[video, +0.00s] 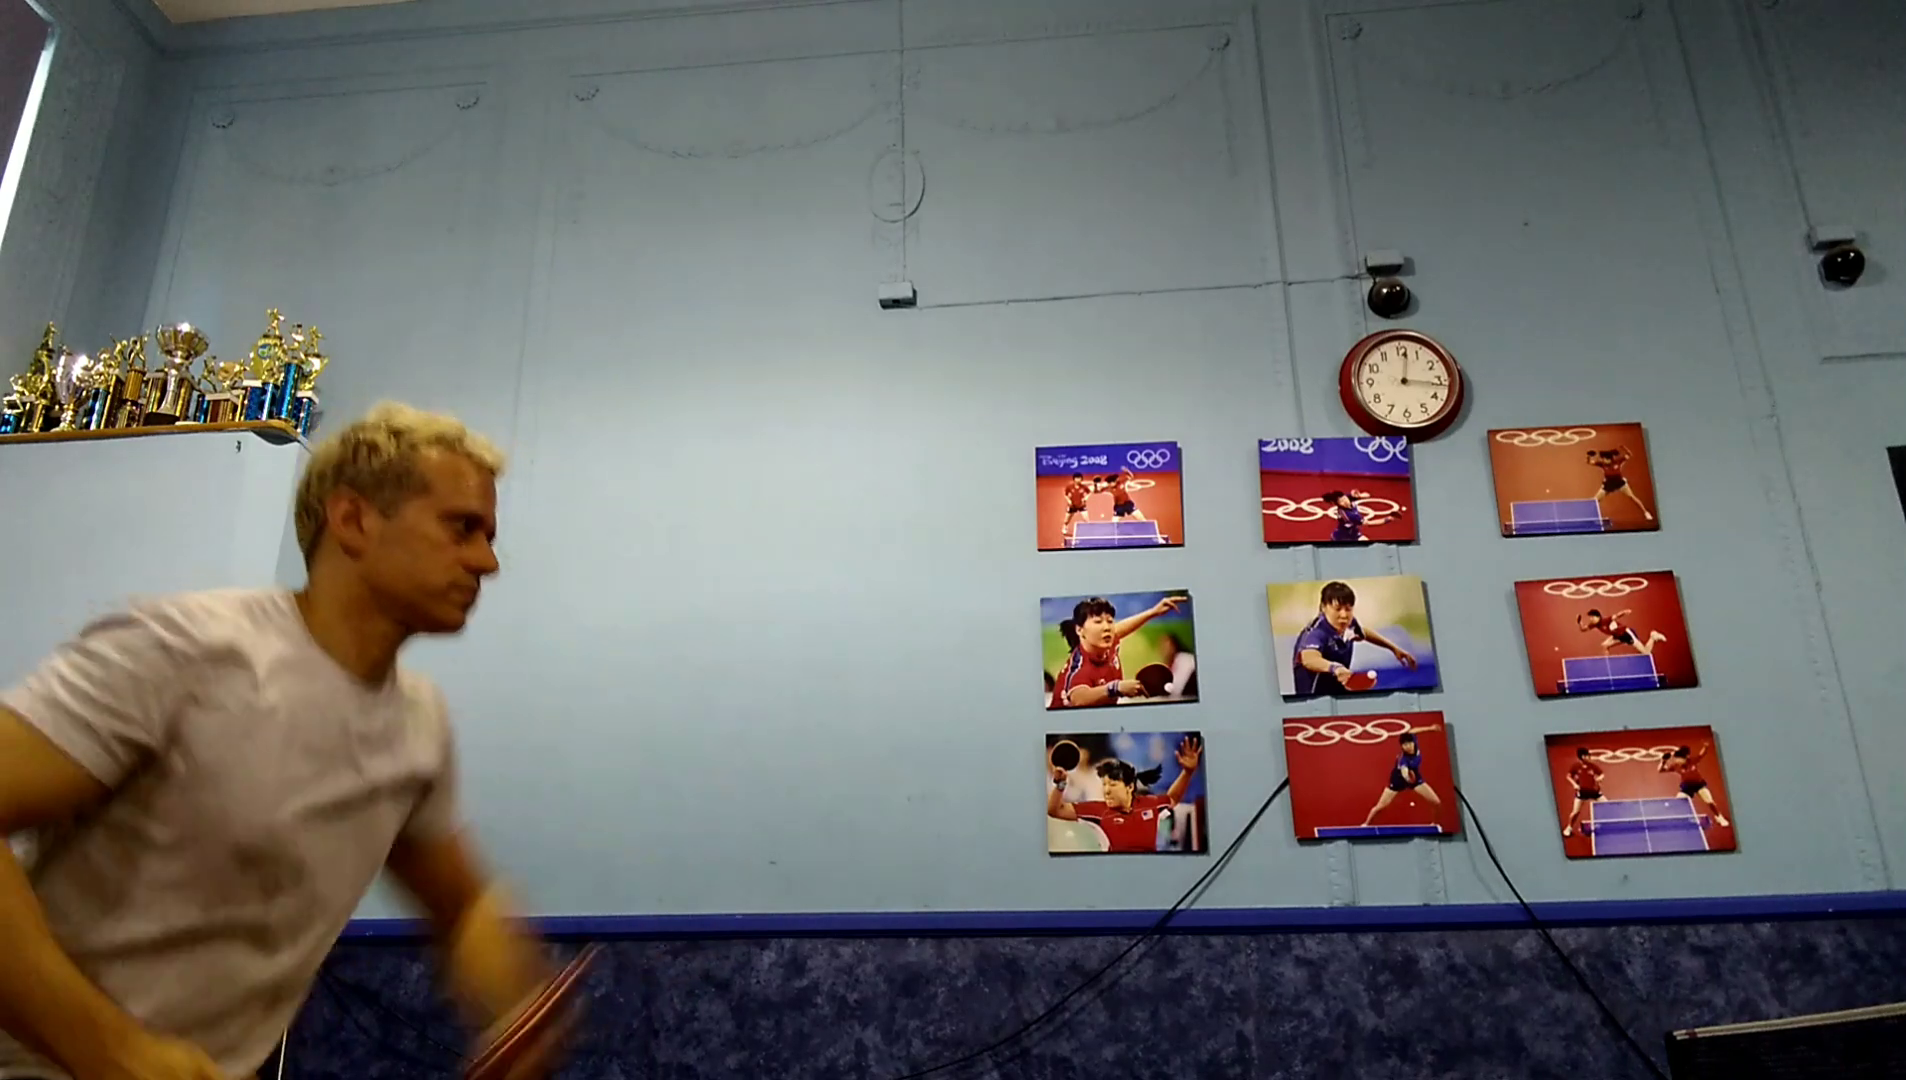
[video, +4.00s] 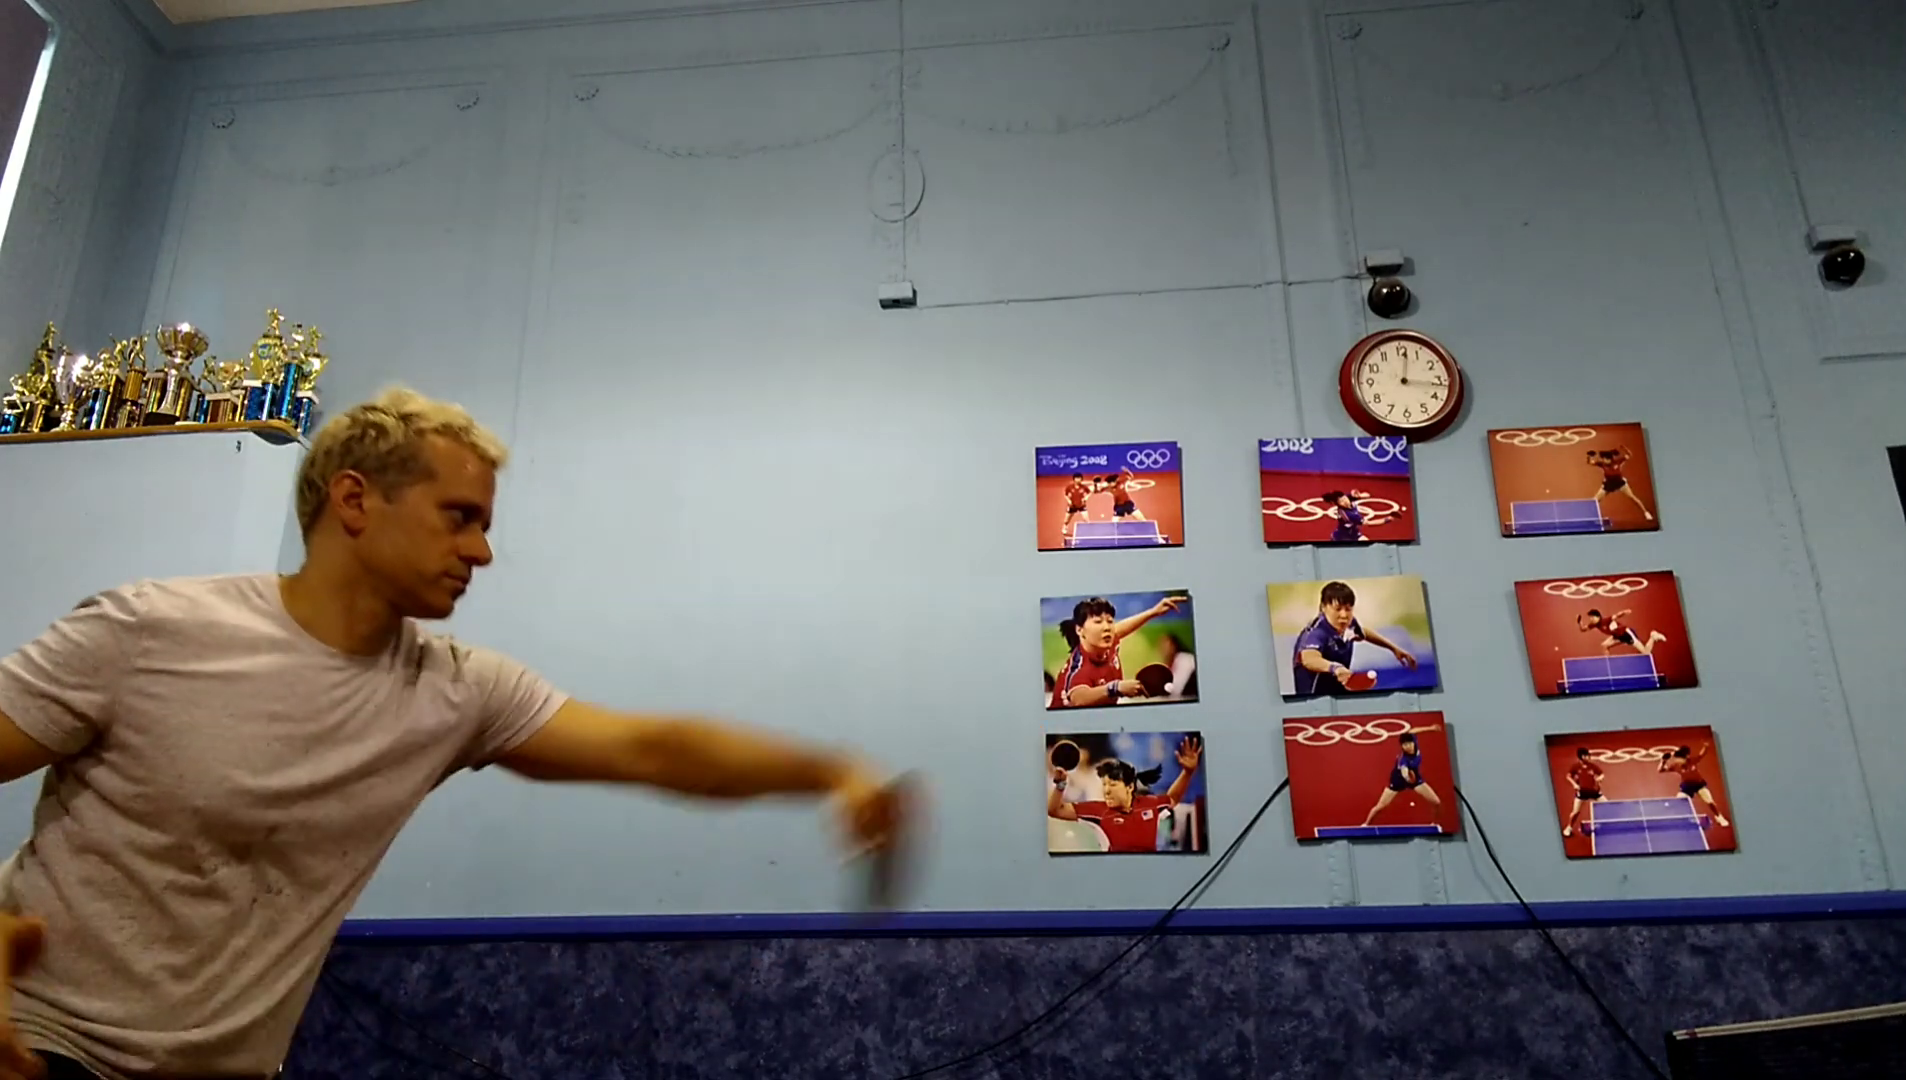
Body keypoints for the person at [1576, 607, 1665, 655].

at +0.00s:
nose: (1590, 621)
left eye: (1591, 618)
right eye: (1590, 619)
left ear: (1597, 617)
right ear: (1592, 619)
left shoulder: (1607, 620)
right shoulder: (1594, 625)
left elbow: (1617, 615)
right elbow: (1583, 630)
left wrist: (1625, 612)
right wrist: (1579, 623)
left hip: (1627, 634)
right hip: (1617, 637)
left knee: (1646, 652)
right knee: (1604, 645)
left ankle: (1653, 636)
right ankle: (1608, 667)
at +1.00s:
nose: (1590, 620)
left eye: (1591, 618)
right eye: (1590, 619)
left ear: (1597, 617)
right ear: (1592, 618)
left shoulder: (1607, 620)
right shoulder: (1594, 625)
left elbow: (1617, 615)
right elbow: (1583, 630)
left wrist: (1625, 612)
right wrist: (1579, 623)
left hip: (1627, 634)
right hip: (1617, 636)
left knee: (1645, 652)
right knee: (1604, 645)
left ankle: (1653, 636)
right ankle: (1608, 667)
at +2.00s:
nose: (1590, 620)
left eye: (1591, 618)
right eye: (1590, 618)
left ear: (1597, 617)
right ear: (1593, 618)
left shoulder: (1607, 620)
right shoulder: (1594, 624)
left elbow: (1617, 616)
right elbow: (1583, 630)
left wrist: (1625, 612)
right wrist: (1579, 623)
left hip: (1627, 634)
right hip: (1618, 637)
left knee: (1646, 652)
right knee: (1604, 645)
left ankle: (1653, 636)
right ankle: (1608, 667)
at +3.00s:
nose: (1590, 620)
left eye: (1591, 618)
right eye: (1590, 618)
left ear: (1597, 617)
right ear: (1593, 618)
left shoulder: (1606, 620)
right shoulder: (1594, 624)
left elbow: (1617, 616)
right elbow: (1583, 630)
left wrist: (1625, 612)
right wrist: (1579, 623)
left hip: (1627, 634)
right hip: (1618, 637)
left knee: (1646, 652)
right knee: (1604, 645)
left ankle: (1653, 636)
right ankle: (1608, 667)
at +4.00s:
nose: (1590, 620)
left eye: (1591, 618)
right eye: (1590, 618)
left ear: (1597, 617)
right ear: (1593, 618)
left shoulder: (1606, 620)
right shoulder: (1594, 624)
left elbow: (1617, 616)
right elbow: (1583, 630)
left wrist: (1625, 612)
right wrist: (1579, 623)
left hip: (1627, 634)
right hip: (1618, 637)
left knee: (1645, 652)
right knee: (1604, 645)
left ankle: (1653, 636)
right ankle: (1608, 666)